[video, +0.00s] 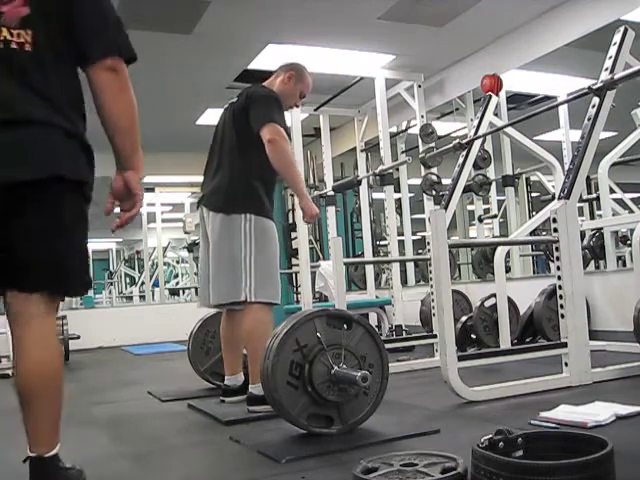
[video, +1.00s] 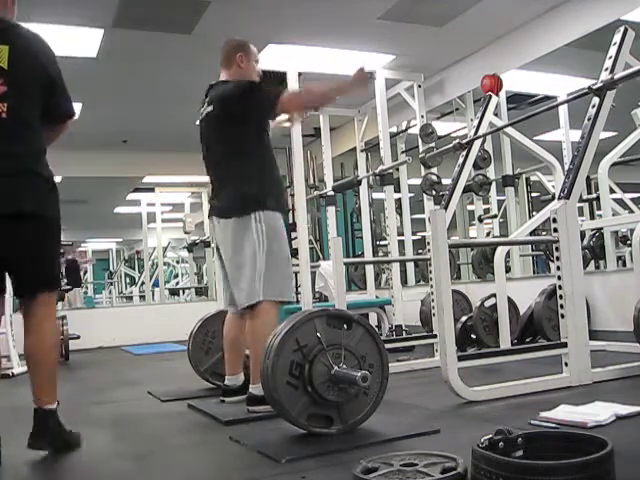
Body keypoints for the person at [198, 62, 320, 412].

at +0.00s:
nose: (298, 103)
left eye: (303, 99)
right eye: (301, 94)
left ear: (277, 76)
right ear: (285, 77)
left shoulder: (237, 104)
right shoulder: (263, 95)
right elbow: (272, 137)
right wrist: (303, 196)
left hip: (220, 207)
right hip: (245, 208)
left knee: (234, 302)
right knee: (259, 301)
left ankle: (233, 383)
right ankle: (260, 389)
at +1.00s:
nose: (259, 69)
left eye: (258, 63)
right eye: (257, 62)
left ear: (225, 64)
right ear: (242, 61)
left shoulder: (209, 104)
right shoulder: (244, 93)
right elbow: (301, 98)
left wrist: (290, 108)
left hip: (224, 211)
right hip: (255, 209)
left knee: (238, 302)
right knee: (266, 299)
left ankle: (233, 382)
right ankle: (260, 390)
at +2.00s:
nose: (256, 67)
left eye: (254, 62)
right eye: (253, 62)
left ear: (221, 68)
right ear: (244, 64)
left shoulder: (209, 101)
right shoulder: (243, 88)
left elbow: (214, 59)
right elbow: (260, 26)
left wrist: (218, 18)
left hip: (234, 206)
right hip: (261, 201)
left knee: (243, 299)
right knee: (268, 298)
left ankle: (233, 383)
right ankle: (259, 389)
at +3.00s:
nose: (298, 115)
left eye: (295, 107)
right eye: (297, 107)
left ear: (267, 100)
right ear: (287, 101)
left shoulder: (237, 123)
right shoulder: (267, 112)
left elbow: (271, 151)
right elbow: (324, 99)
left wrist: (304, 152)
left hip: (189, 213)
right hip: (217, 208)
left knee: (238, 302)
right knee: (266, 295)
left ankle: (233, 382)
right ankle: (259, 389)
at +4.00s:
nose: (322, 235)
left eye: (327, 230)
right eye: (325, 226)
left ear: (309, 206)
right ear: (312, 207)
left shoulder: (273, 217)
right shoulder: (278, 222)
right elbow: (255, 285)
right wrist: (275, 351)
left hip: (175, 244)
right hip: (193, 242)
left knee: (247, 302)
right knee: (272, 294)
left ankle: (235, 383)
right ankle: (260, 389)